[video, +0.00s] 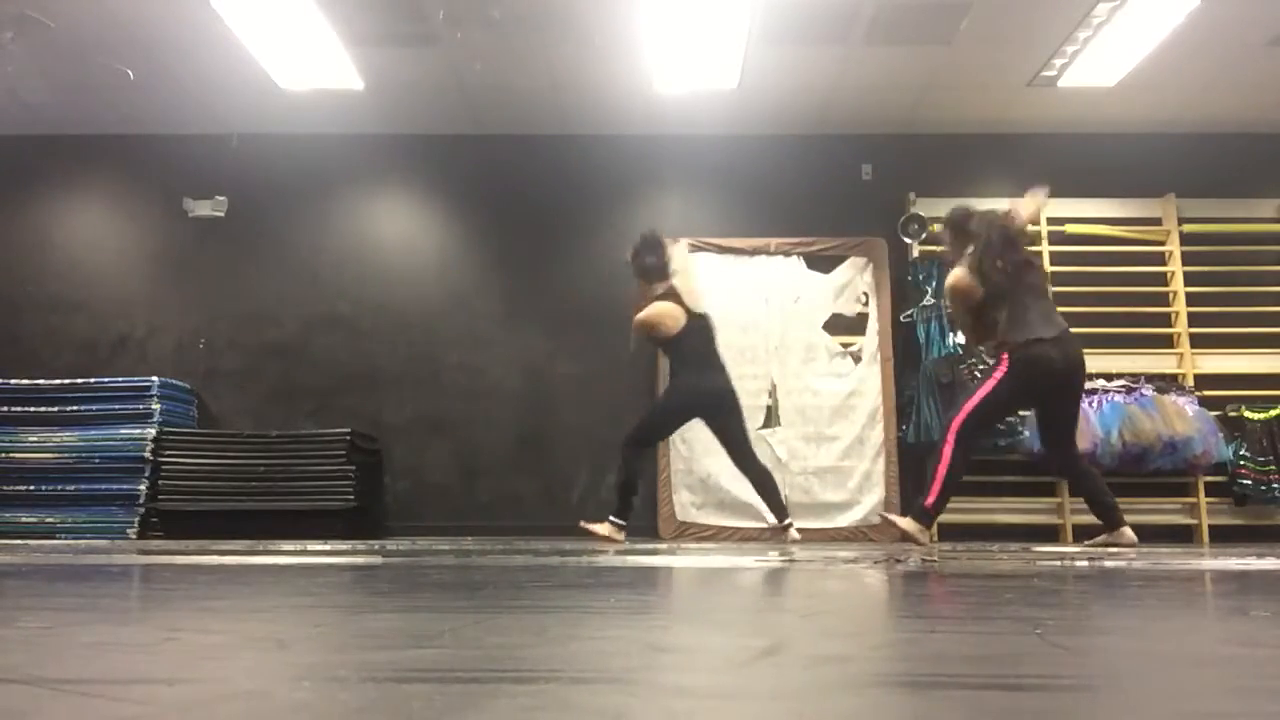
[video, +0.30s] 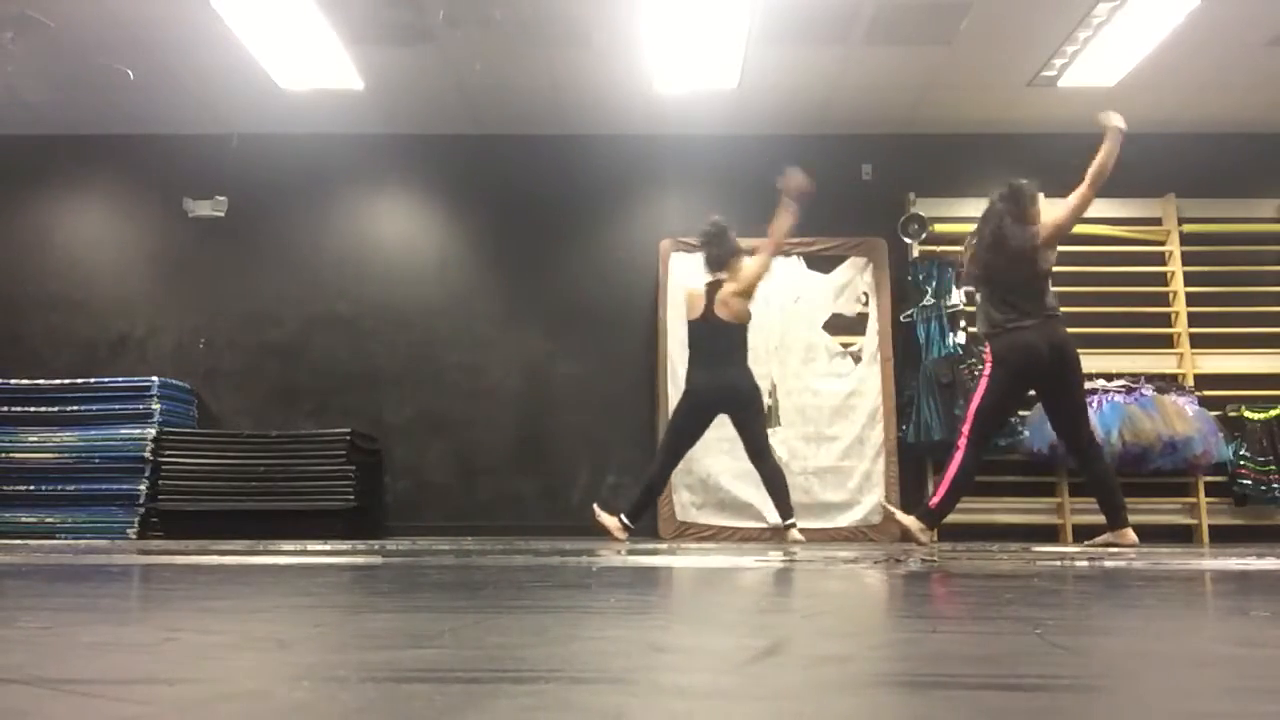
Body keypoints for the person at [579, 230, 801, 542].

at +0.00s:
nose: (635, 279)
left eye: (636, 272)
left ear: (640, 276)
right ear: (668, 267)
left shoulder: (647, 318)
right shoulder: (689, 289)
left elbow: (637, 361)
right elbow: (682, 249)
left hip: (686, 394)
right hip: (719, 391)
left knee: (634, 445)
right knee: (747, 460)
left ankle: (618, 525)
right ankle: (787, 524)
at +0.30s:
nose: (744, 263)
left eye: (740, 256)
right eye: (742, 257)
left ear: (707, 261)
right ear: (735, 261)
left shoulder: (692, 294)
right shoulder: (740, 289)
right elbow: (772, 245)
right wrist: (788, 201)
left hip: (701, 387)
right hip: (739, 385)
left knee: (667, 457)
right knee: (762, 455)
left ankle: (626, 521)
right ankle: (791, 526)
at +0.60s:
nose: (761, 328)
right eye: (761, 323)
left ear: (732, 324)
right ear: (758, 322)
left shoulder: (717, 351)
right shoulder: (764, 345)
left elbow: (712, 390)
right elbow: (807, 374)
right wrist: (847, 386)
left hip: (719, 404)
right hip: (761, 402)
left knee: (675, 466)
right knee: (775, 458)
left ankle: (627, 523)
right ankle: (791, 526)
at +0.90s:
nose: (646, 340)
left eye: (648, 333)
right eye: (644, 333)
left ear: (662, 331)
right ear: (672, 329)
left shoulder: (670, 353)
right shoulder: (699, 348)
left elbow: (684, 400)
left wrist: (681, 375)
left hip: (734, 415)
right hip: (764, 412)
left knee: (668, 462)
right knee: (761, 472)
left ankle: (628, 523)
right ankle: (790, 525)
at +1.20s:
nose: (616, 274)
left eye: (623, 269)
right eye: (611, 268)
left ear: (633, 276)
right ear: (603, 276)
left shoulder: (646, 306)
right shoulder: (597, 317)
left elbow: (653, 352)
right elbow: (587, 360)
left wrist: (612, 354)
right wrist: (571, 400)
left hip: (666, 388)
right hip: (638, 391)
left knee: (631, 443)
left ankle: (617, 522)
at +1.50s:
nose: (595, 253)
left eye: (599, 247)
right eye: (588, 246)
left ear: (605, 251)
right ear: (574, 251)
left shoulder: (608, 288)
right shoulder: (559, 282)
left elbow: (628, 327)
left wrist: (643, 366)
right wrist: (595, 269)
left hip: (605, 377)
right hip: (571, 376)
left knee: (611, 442)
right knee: (554, 445)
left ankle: (610, 522)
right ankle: (535, 524)